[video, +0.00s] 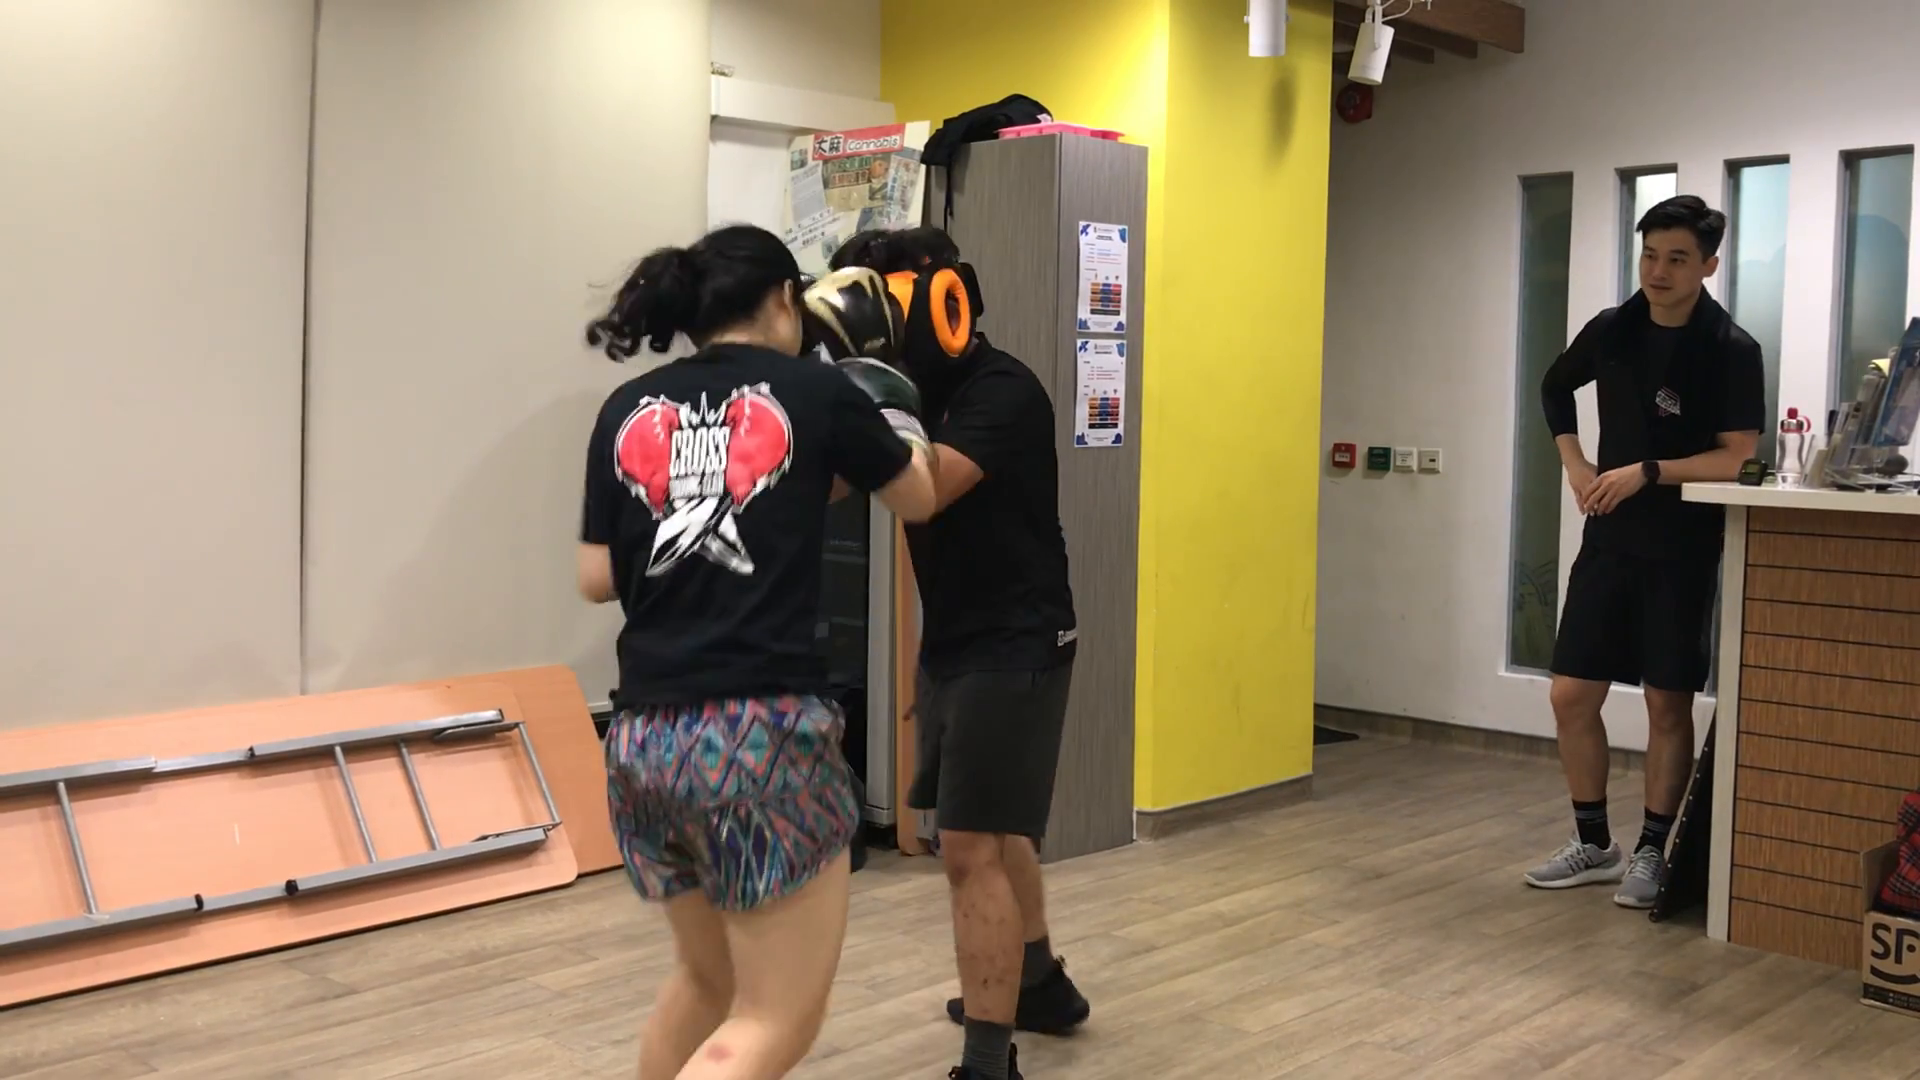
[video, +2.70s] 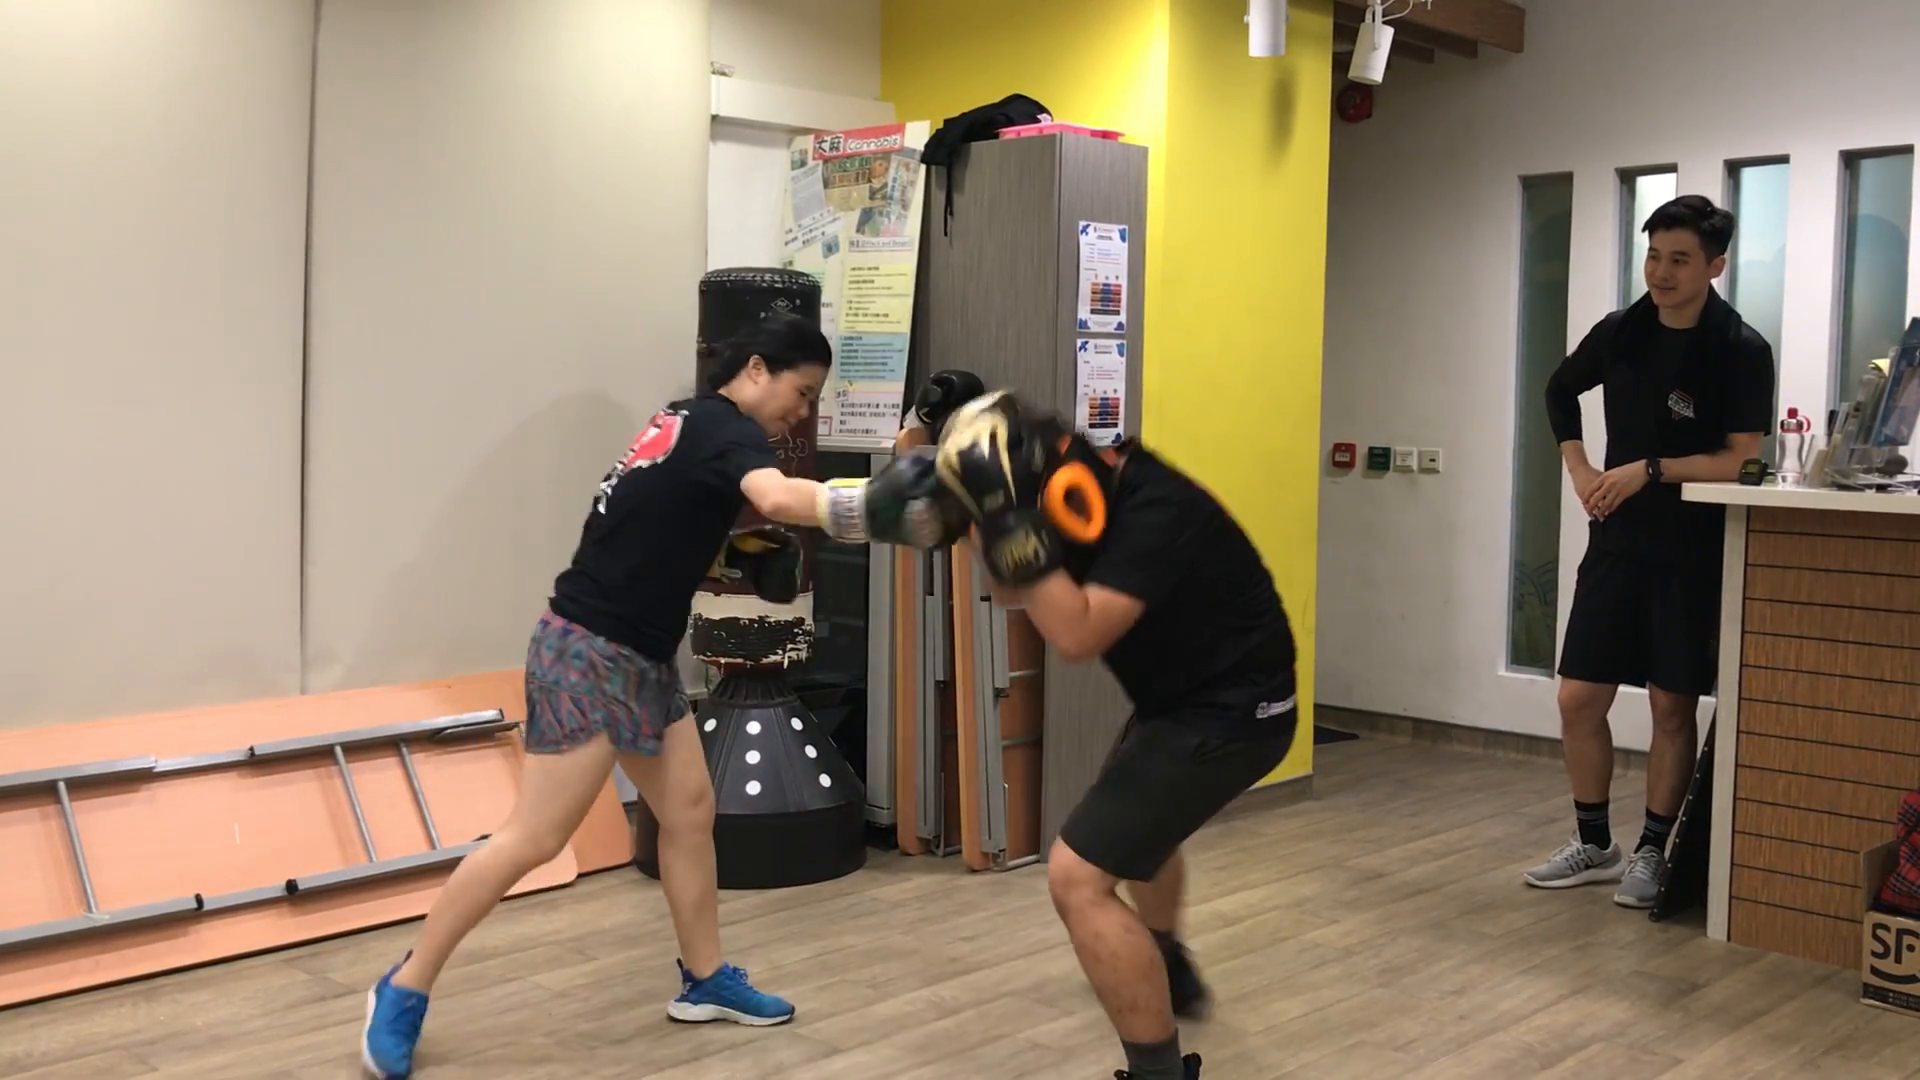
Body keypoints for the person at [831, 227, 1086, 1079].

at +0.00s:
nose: (869, 325)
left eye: (877, 304)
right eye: (861, 309)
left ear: (934, 299)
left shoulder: (1005, 391)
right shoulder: (927, 396)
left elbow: (921, 490)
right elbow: (858, 480)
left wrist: (872, 391)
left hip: (1015, 649)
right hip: (962, 648)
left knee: (970, 851)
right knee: (994, 830)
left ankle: (988, 1063)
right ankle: (1037, 981)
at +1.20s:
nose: (964, 322)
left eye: (974, 304)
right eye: (957, 307)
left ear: (1022, 303)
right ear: (983, 315)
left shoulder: (1074, 385)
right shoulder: (997, 389)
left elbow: (1012, 476)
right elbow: (933, 456)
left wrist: (974, 372)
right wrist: (901, 378)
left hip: (1072, 623)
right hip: (1013, 623)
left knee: (1040, 802)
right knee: (995, 779)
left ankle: (1092, 1021)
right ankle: (1057, 949)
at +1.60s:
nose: (1017, 414)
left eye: (1029, 398)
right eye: (1009, 401)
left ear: (1075, 390)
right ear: (1004, 403)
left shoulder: (1134, 446)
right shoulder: (1011, 436)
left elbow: (1087, 557)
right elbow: (912, 493)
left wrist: (1056, 453)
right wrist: (941, 415)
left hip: (1130, 651)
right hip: (1047, 640)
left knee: (1099, 821)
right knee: (987, 778)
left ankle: (1149, 1040)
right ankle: (1071, 913)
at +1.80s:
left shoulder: (1137, 490)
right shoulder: (996, 486)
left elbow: (1129, 626)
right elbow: (961, 604)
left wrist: (1091, 531)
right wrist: (932, 529)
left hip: (1152, 667)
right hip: (1064, 660)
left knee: (1112, 819)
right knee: (990, 804)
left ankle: (1151, 1042)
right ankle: (1075, 909)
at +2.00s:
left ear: (994, 552)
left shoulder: (1085, 556)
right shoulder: (1000, 562)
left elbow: (1053, 688)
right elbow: (955, 657)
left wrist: (977, 608)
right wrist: (902, 604)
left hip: (1176, 691)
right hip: (1085, 693)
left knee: (1103, 817)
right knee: (997, 800)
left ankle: (1153, 1038)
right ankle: (1089, 927)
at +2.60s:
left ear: (1028, 535)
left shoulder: (1140, 544)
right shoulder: (1053, 531)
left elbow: (1085, 682)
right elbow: (983, 632)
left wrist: (1011, 590)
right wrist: (947, 584)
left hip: (1211, 722)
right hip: (1148, 712)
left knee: (1064, 866)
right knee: (1100, 823)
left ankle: (1157, 1068)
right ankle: (1079, 929)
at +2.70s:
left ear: (1051, 473)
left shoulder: (1157, 512)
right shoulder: (1087, 496)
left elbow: (1078, 636)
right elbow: (1018, 589)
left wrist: (1010, 523)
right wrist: (973, 510)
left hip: (1234, 708)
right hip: (1176, 701)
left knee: (1077, 873)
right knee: (1143, 830)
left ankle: (1159, 1068)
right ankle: (1168, 967)